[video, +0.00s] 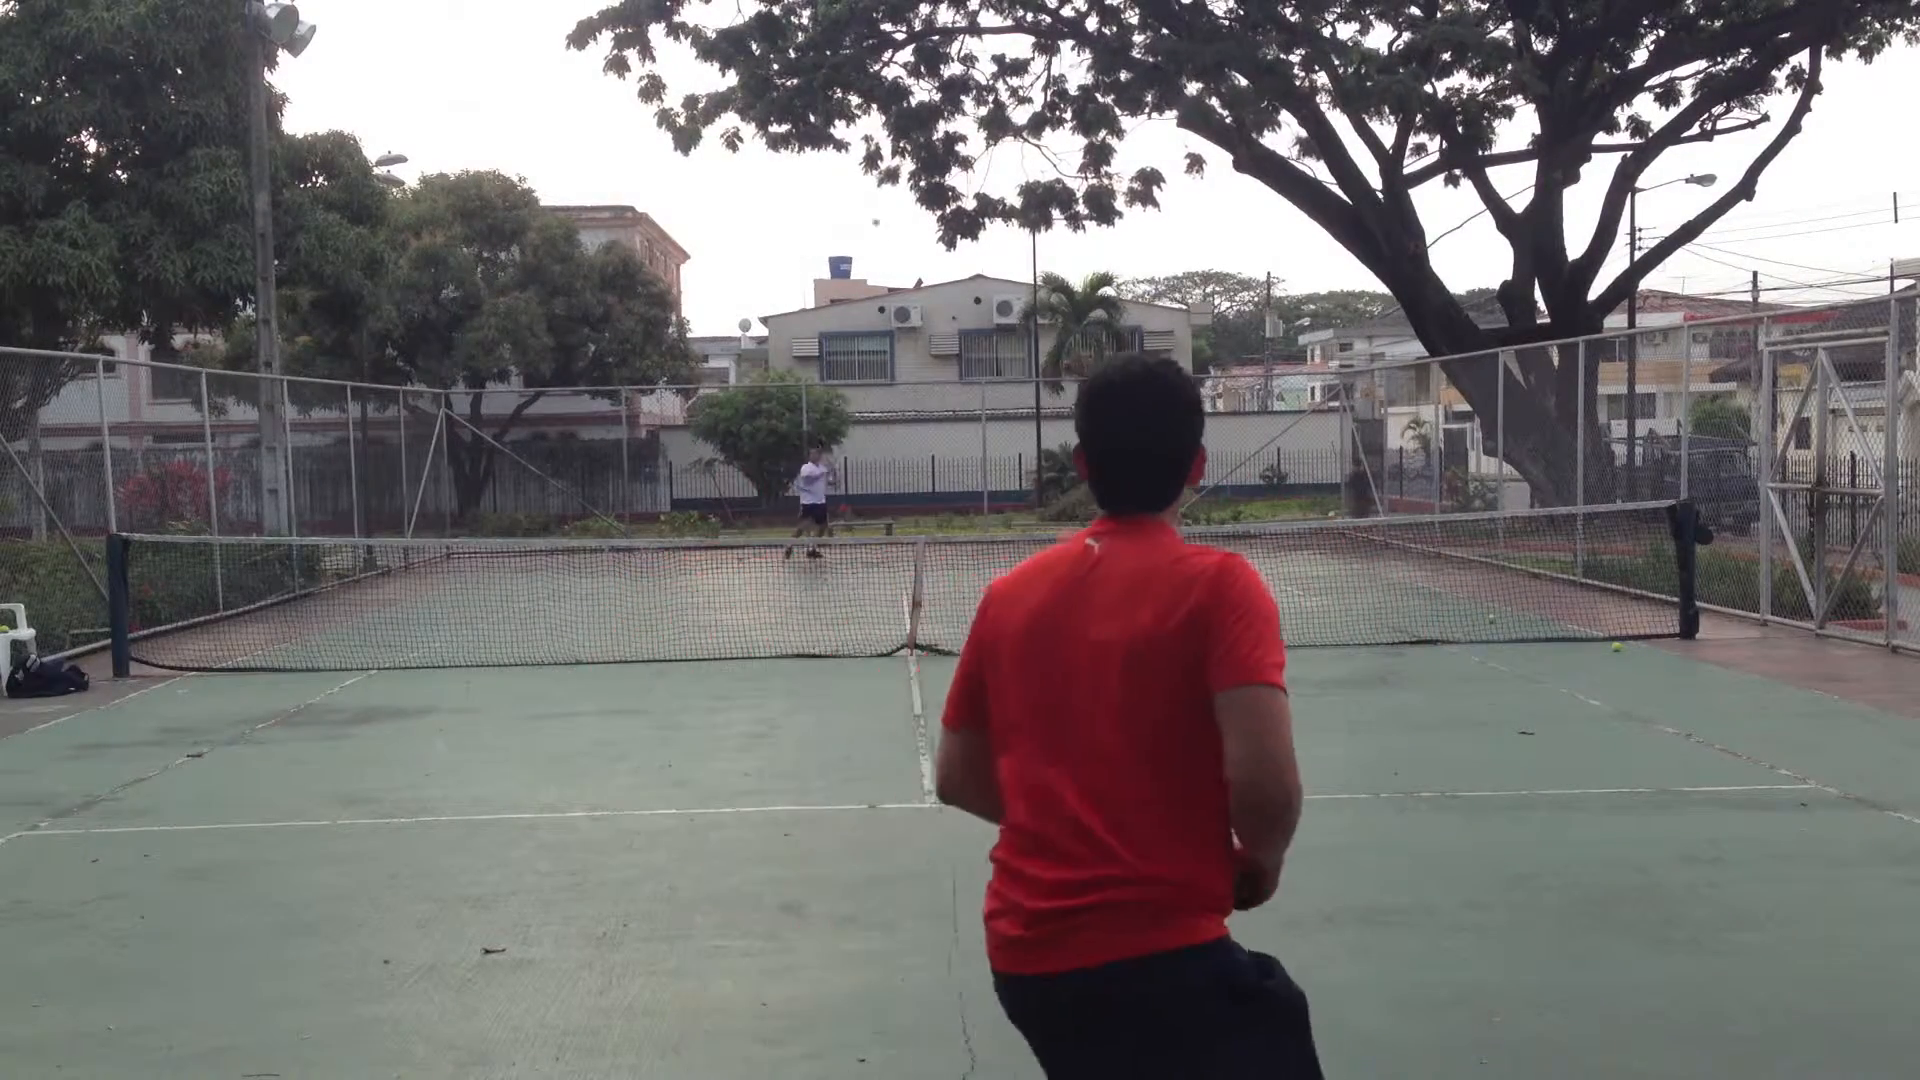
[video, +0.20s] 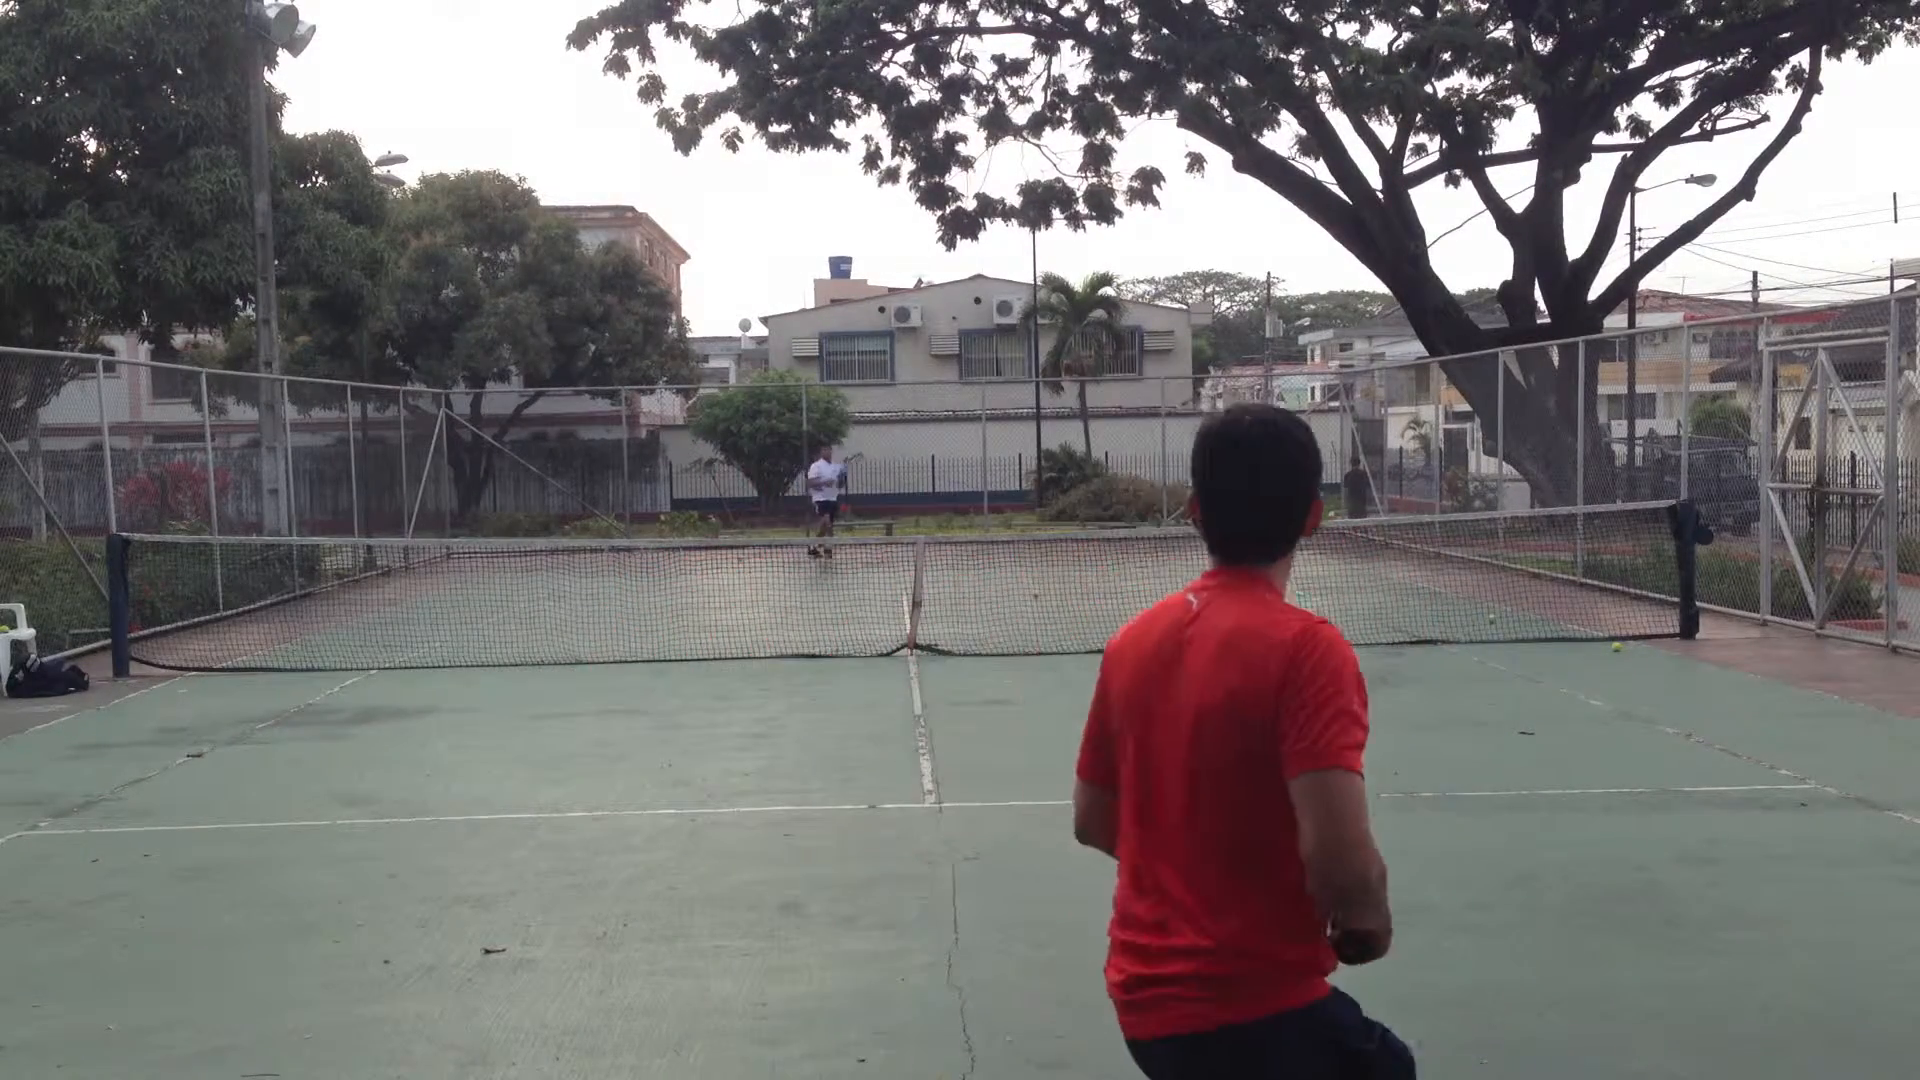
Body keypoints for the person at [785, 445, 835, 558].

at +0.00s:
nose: (815, 456)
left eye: (817, 453)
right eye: (813, 453)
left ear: (820, 455)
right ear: (809, 456)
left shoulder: (821, 468)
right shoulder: (806, 468)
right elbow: (807, 479)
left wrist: (829, 464)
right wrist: (822, 472)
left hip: (820, 501)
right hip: (808, 502)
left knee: (822, 526)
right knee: (804, 524)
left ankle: (813, 548)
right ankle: (790, 545)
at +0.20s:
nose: (827, 452)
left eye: (829, 450)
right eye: (825, 450)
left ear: (831, 451)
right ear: (821, 452)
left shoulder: (835, 467)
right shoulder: (816, 466)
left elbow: (840, 485)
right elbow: (810, 482)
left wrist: (843, 476)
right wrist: (825, 482)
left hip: (832, 498)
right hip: (821, 498)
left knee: (827, 524)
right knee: (827, 523)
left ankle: (815, 546)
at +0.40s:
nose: (839, 453)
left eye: (840, 451)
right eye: (836, 451)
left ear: (843, 452)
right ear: (831, 453)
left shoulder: (848, 466)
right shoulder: (826, 468)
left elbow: (853, 483)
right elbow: (821, 484)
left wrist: (852, 481)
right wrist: (833, 485)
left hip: (847, 499)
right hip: (834, 500)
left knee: (847, 525)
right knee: (839, 523)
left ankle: (829, 543)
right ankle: (839, 547)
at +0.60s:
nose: (851, 453)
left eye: (853, 450)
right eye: (849, 451)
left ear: (855, 451)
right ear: (845, 452)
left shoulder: (862, 464)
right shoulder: (840, 466)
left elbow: (868, 482)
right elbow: (837, 482)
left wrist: (867, 477)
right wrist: (849, 483)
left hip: (861, 498)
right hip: (847, 499)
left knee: (870, 520)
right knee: (844, 524)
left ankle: (867, 543)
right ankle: (839, 546)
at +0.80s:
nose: (869, 456)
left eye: (870, 454)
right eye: (867, 454)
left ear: (873, 454)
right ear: (863, 455)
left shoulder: (879, 466)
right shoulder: (856, 468)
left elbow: (887, 484)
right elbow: (851, 484)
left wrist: (882, 479)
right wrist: (862, 485)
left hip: (878, 501)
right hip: (862, 502)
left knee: (887, 522)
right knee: (851, 525)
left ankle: (888, 547)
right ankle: (843, 547)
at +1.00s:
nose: (877, 450)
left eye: (879, 447)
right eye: (875, 448)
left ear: (882, 447)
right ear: (871, 448)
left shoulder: (889, 459)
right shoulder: (866, 461)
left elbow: (898, 474)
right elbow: (862, 478)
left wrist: (890, 471)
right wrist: (871, 479)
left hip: (887, 494)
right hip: (872, 494)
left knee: (890, 520)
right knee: (872, 521)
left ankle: (890, 544)